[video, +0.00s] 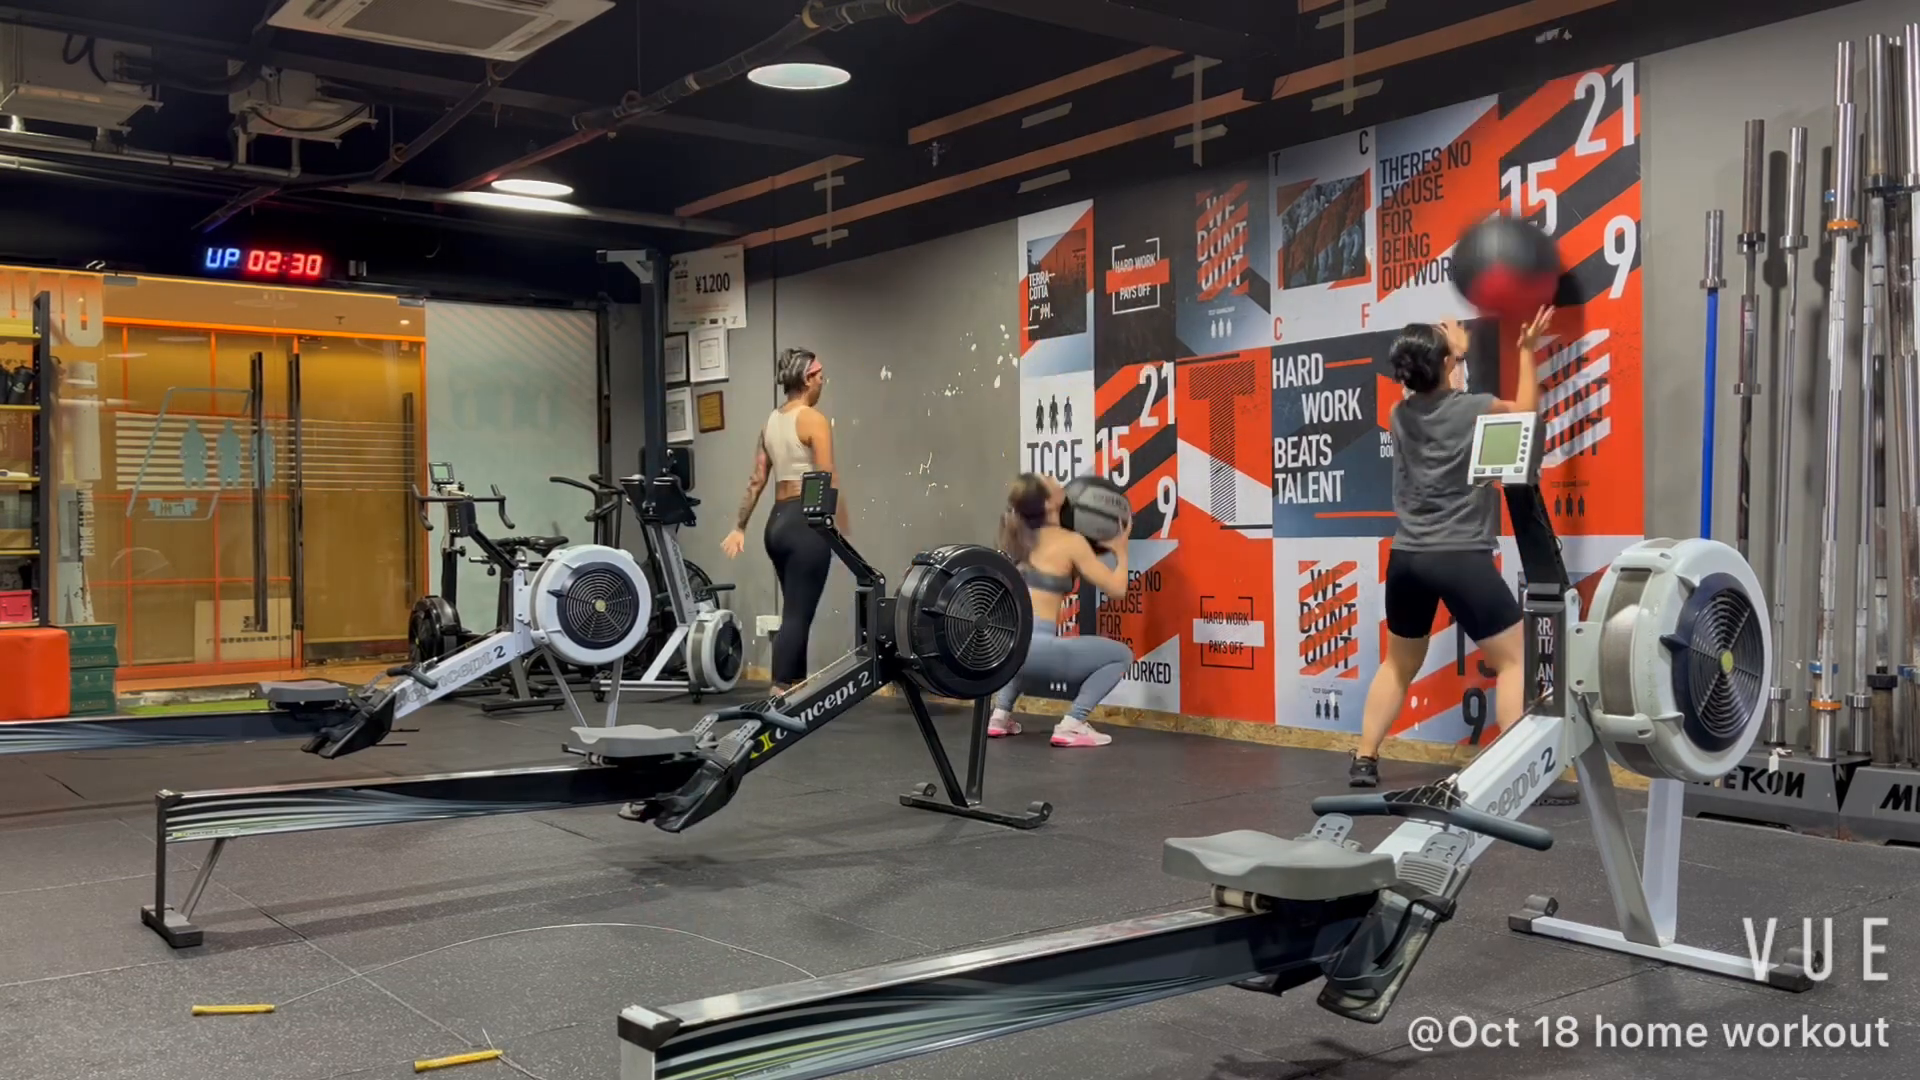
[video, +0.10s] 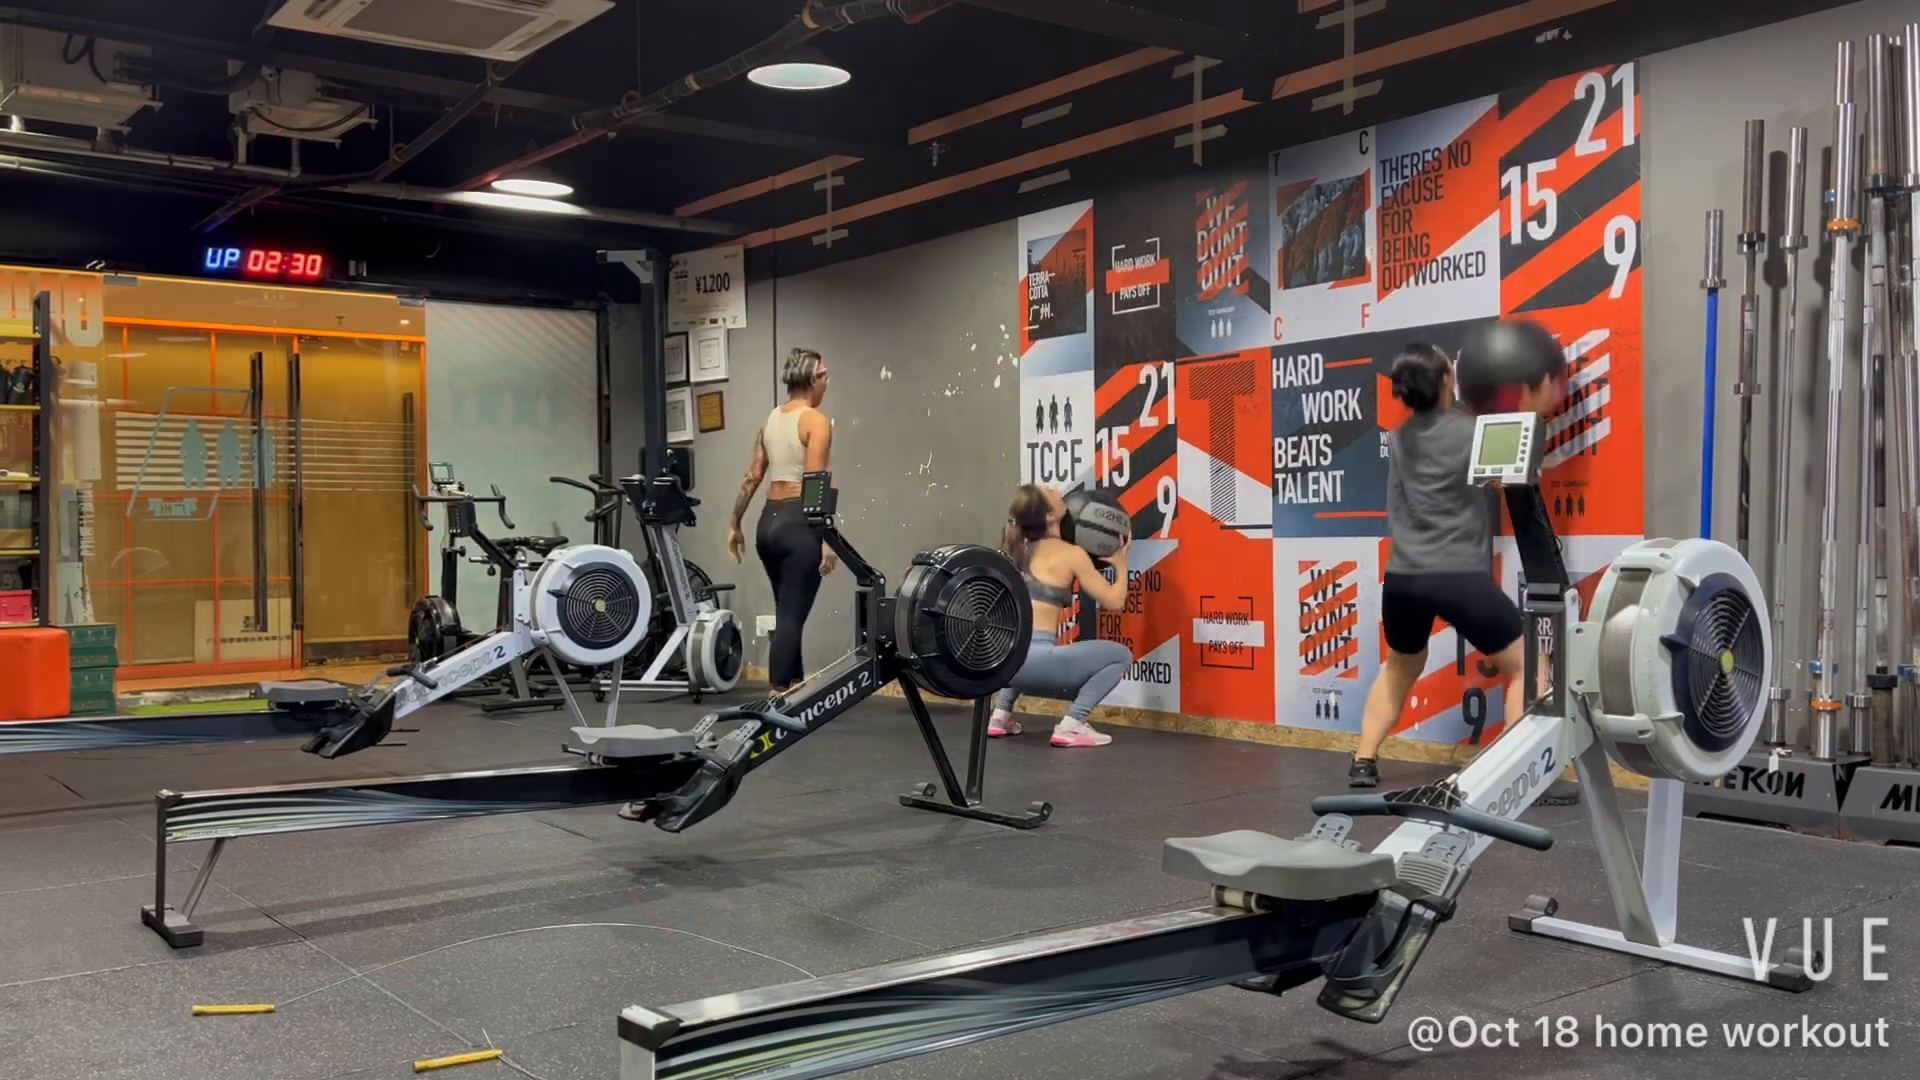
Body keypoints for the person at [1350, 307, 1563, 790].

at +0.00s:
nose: (1460, 336)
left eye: (1453, 334)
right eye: (1454, 338)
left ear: (1414, 371)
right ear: (1451, 364)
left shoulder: (1402, 414)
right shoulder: (1476, 407)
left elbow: (1437, 395)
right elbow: (1526, 414)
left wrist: (1451, 351)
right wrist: (1528, 354)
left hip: (1407, 561)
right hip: (1464, 562)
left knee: (1398, 665)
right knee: (1512, 662)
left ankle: (1363, 760)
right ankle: (1516, 772)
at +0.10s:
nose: (1454, 375)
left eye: (1450, 368)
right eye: (1449, 371)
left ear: (1407, 390)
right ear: (1444, 384)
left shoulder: (1400, 438)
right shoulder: (1468, 432)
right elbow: (1519, 457)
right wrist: (1536, 410)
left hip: (1403, 580)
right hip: (1461, 580)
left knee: (1398, 668)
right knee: (1525, 668)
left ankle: (1363, 763)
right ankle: (1520, 771)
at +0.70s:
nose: (1484, 484)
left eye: (1480, 477)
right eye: (1480, 478)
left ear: (1435, 494)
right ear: (1477, 489)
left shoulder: (1420, 537)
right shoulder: (1499, 545)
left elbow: (1415, 597)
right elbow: (1513, 620)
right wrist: (1527, 591)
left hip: (1389, 661)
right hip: (1454, 662)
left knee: (1398, 685)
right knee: (1548, 672)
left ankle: (1365, 758)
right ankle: (1520, 772)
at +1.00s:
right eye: (1481, 445)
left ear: (1436, 456)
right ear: (1478, 453)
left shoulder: (1421, 501)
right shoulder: (1494, 503)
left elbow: (1405, 567)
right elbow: (1516, 581)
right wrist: (1538, 524)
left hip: (1392, 620)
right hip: (1456, 621)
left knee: (1400, 677)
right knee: (1545, 672)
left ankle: (1365, 760)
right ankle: (1532, 777)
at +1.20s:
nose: (1475, 374)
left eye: (1470, 367)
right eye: (1471, 368)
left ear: (1425, 383)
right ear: (1466, 376)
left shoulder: (1416, 429)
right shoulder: (1487, 424)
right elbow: (1525, 461)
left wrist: (1524, 420)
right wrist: (1539, 417)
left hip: (1413, 569)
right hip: (1473, 569)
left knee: (1403, 664)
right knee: (1526, 660)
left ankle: (1366, 754)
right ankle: (1527, 774)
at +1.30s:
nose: (1461, 323)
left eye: (1455, 318)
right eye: (1458, 319)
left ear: (1413, 342)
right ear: (1456, 333)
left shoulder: (1409, 383)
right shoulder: (1485, 376)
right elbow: (1542, 393)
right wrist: (1532, 336)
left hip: (1425, 529)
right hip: (1482, 526)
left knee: (1401, 633)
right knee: (1510, 631)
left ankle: (1368, 731)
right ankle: (1539, 745)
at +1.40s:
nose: (1461, 309)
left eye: (1453, 307)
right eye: (1457, 307)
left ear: (1416, 332)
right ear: (1456, 322)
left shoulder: (1410, 367)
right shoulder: (1485, 357)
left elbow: (1436, 314)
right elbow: (1525, 295)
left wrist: (1456, 258)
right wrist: (1538, 237)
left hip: (1427, 512)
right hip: (1482, 509)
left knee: (1402, 625)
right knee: (1510, 623)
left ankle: (1367, 719)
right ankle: (1540, 724)